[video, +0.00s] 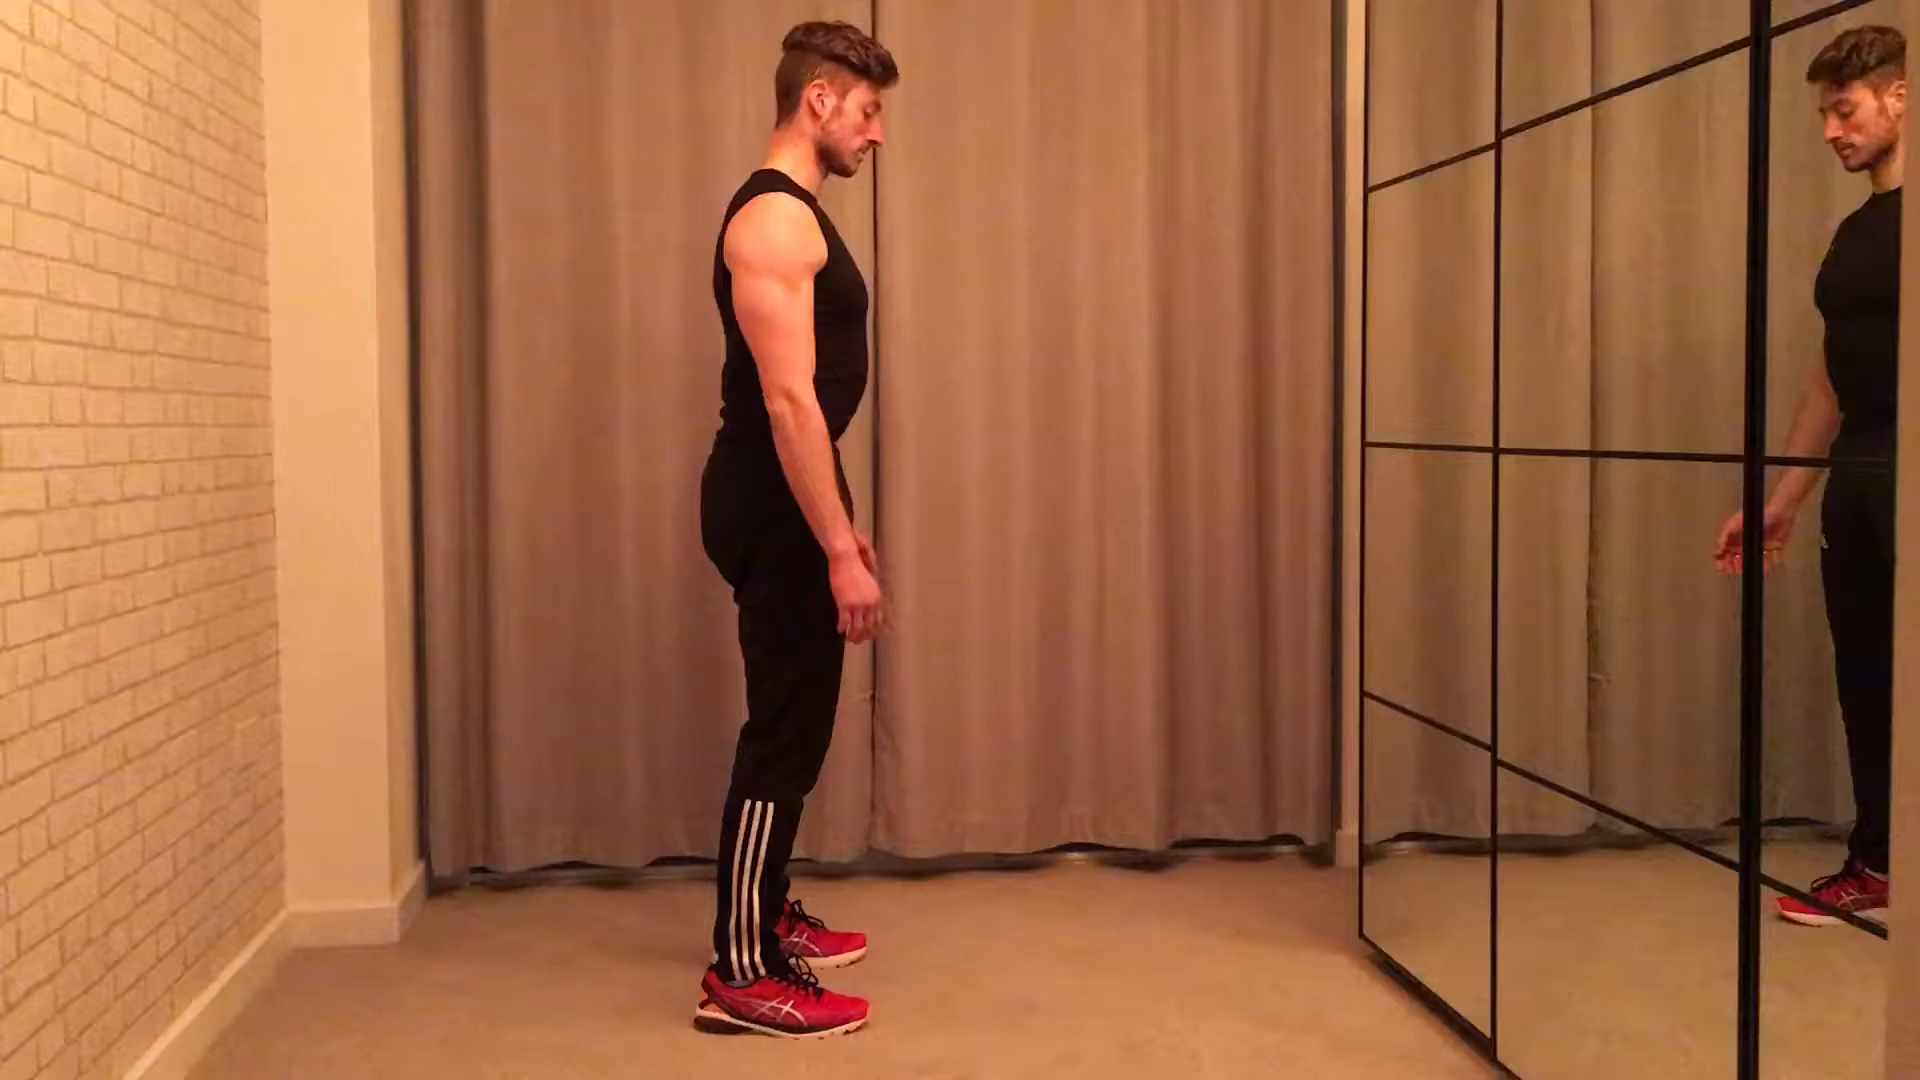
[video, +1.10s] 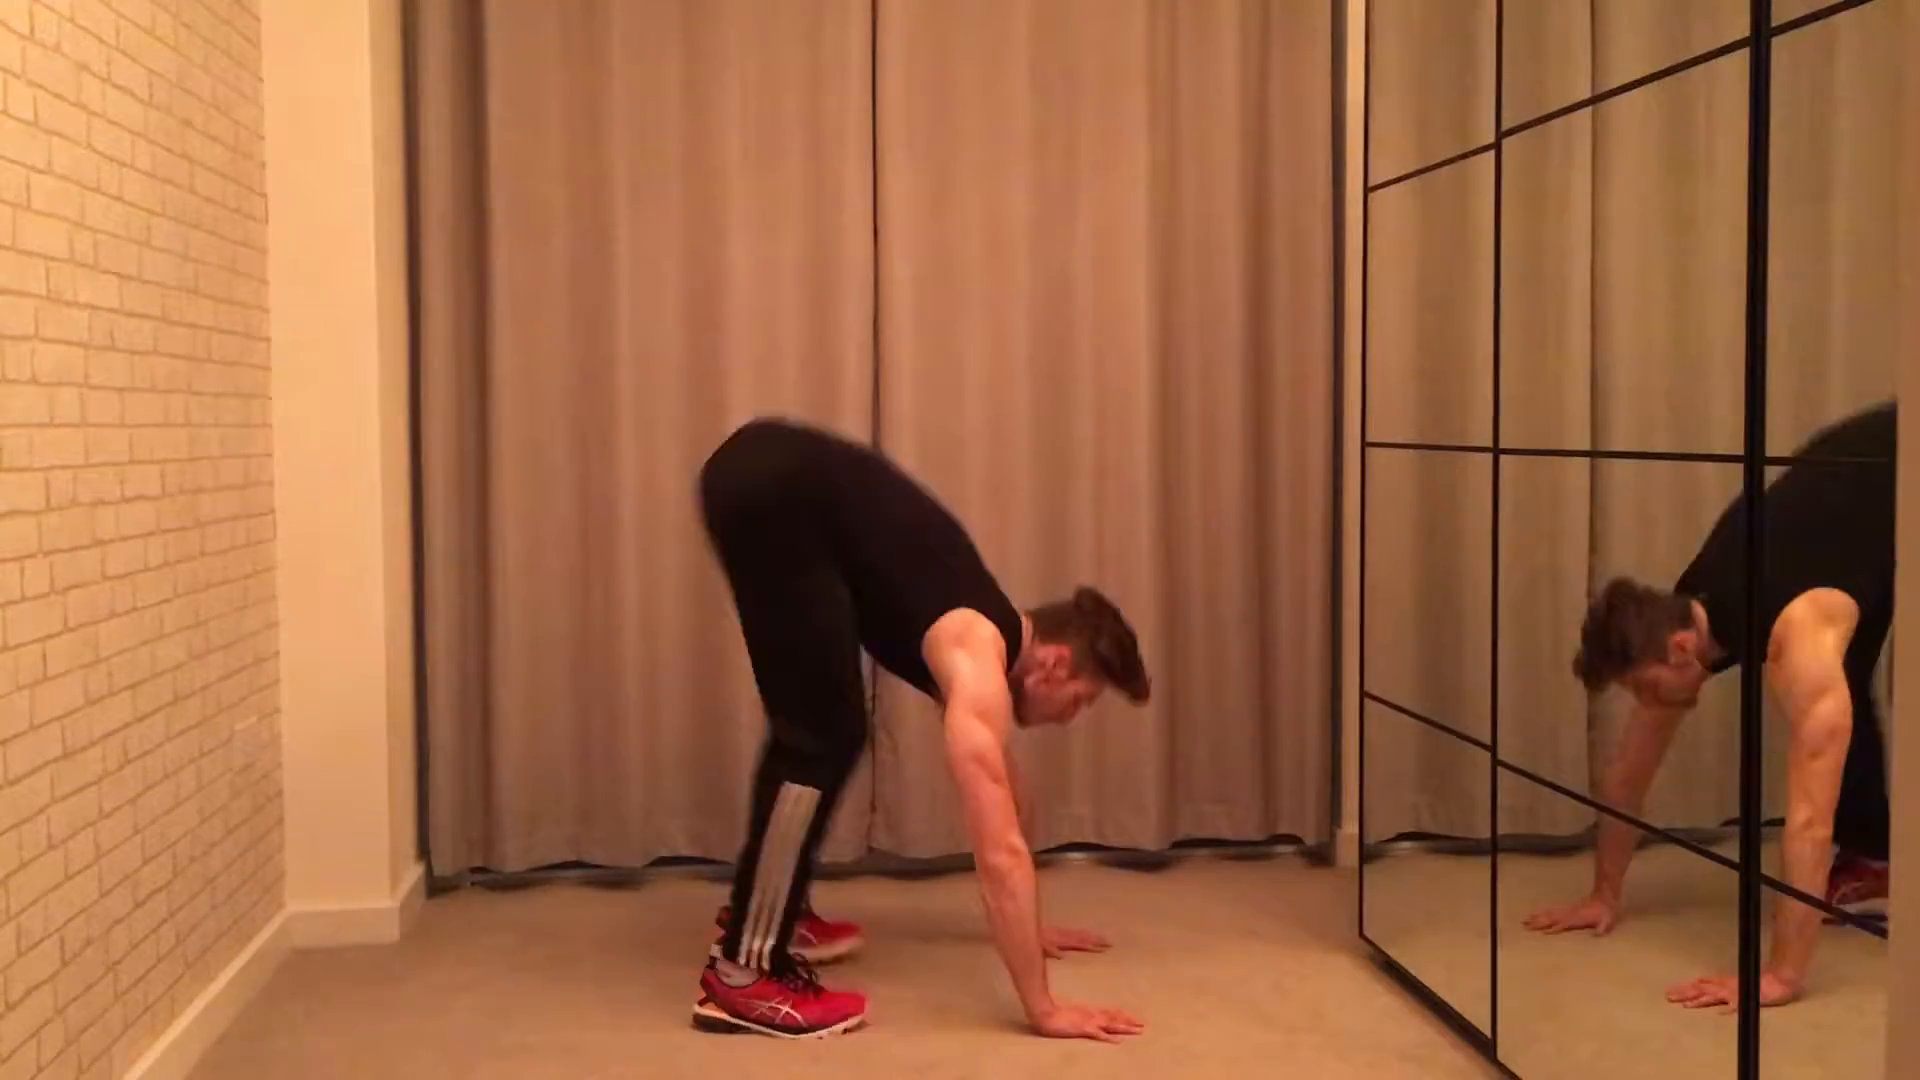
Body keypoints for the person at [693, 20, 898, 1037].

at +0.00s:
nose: (877, 133)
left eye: (879, 115)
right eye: (871, 112)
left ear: (818, 105)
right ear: (819, 100)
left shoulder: (787, 207)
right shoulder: (774, 218)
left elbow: (798, 400)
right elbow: (789, 404)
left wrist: (844, 539)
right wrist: (843, 551)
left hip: (785, 494)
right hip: (775, 501)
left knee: (791, 727)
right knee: (786, 734)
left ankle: (765, 923)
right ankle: (741, 974)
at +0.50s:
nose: (970, 181)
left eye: (977, 164)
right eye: (967, 159)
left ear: (920, 141)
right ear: (920, 136)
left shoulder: (864, 236)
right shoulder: (846, 242)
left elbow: (821, 423)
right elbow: (815, 422)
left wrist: (838, 560)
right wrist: (832, 579)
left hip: (760, 479)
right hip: (741, 487)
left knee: (794, 714)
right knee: (787, 719)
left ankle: (766, 919)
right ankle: (739, 974)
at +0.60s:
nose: (1016, 259)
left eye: (1025, 241)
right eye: (1015, 236)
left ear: (971, 214)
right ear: (972, 210)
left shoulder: (897, 289)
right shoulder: (884, 297)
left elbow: (845, 469)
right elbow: (847, 470)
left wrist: (855, 604)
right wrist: (852, 631)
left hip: (738, 491)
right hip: (714, 493)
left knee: (805, 710)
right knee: (796, 718)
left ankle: (763, 915)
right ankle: (740, 972)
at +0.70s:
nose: (1052, 368)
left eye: (1061, 353)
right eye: (1053, 346)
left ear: (1014, 319)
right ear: (1011, 312)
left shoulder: (919, 374)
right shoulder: (911, 384)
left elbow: (879, 564)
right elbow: (881, 563)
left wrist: (896, 702)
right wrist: (894, 720)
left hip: (731, 517)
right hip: (704, 516)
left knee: (821, 717)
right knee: (814, 724)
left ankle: (770, 916)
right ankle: (743, 967)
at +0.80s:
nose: (1067, 482)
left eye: (1078, 467)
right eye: (1068, 460)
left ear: (1030, 425)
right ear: (1031, 426)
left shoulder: (941, 465)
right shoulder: (935, 487)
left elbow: (921, 664)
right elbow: (925, 679)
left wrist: (946, 784)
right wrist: (951, 842)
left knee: (845, 727)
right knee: (838, 739)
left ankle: (772, 920)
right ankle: (745, 969)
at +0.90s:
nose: (1075, 578)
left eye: (1086, 566)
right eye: (1081, 558)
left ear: (1043, 519)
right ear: (1048, 522)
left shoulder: (954, 546)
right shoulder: (950, 576)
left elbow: (972, 743)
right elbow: (976, 773)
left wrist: (1001, 860)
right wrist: (1022, 932)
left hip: (713, 569)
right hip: (696, 581)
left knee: (869, 732)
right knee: (871, 746)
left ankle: (766, 919)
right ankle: (752, 966)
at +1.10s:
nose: (1074, 715)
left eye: (1085, 704)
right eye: (1081, 698)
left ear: (1049, 657)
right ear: (1053, 663)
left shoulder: (991, 644)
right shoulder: (975, 663)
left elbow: (1006, 800)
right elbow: (1000, 852)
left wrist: (1029, 927)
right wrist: (1041, 1007)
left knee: (824, 726)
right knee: (822, 733)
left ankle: (770, 916)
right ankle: (743, 972)